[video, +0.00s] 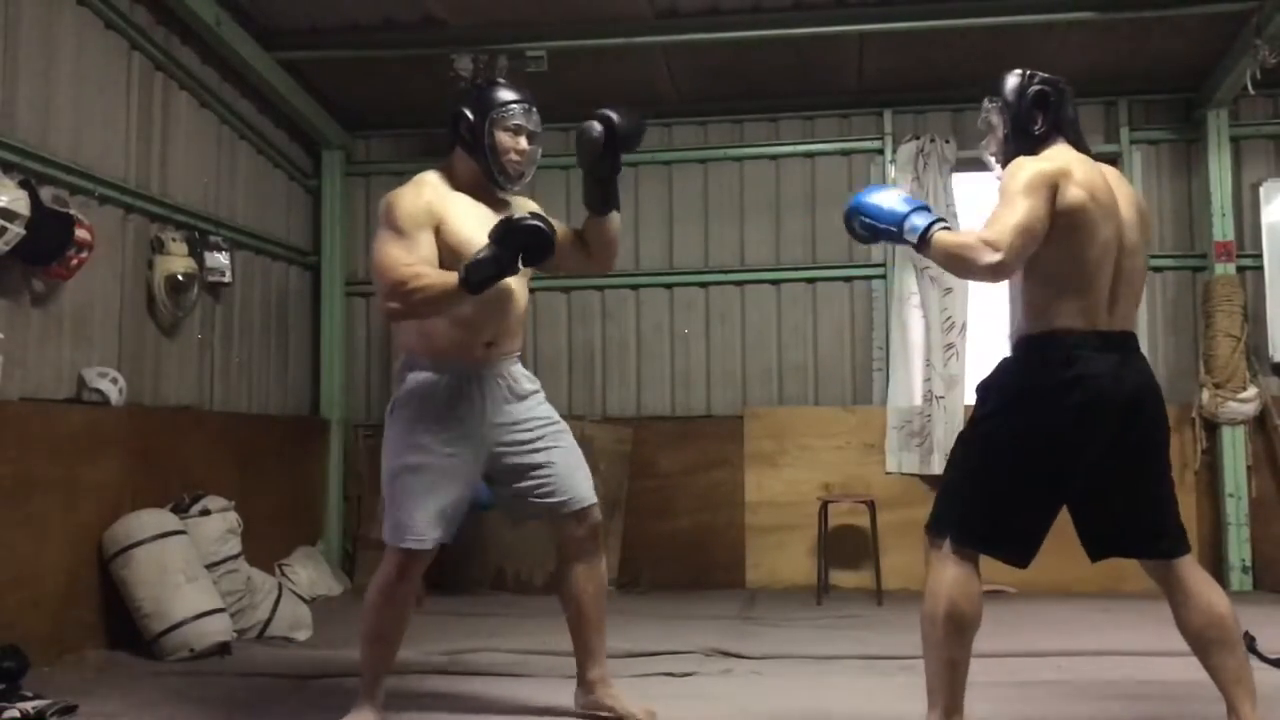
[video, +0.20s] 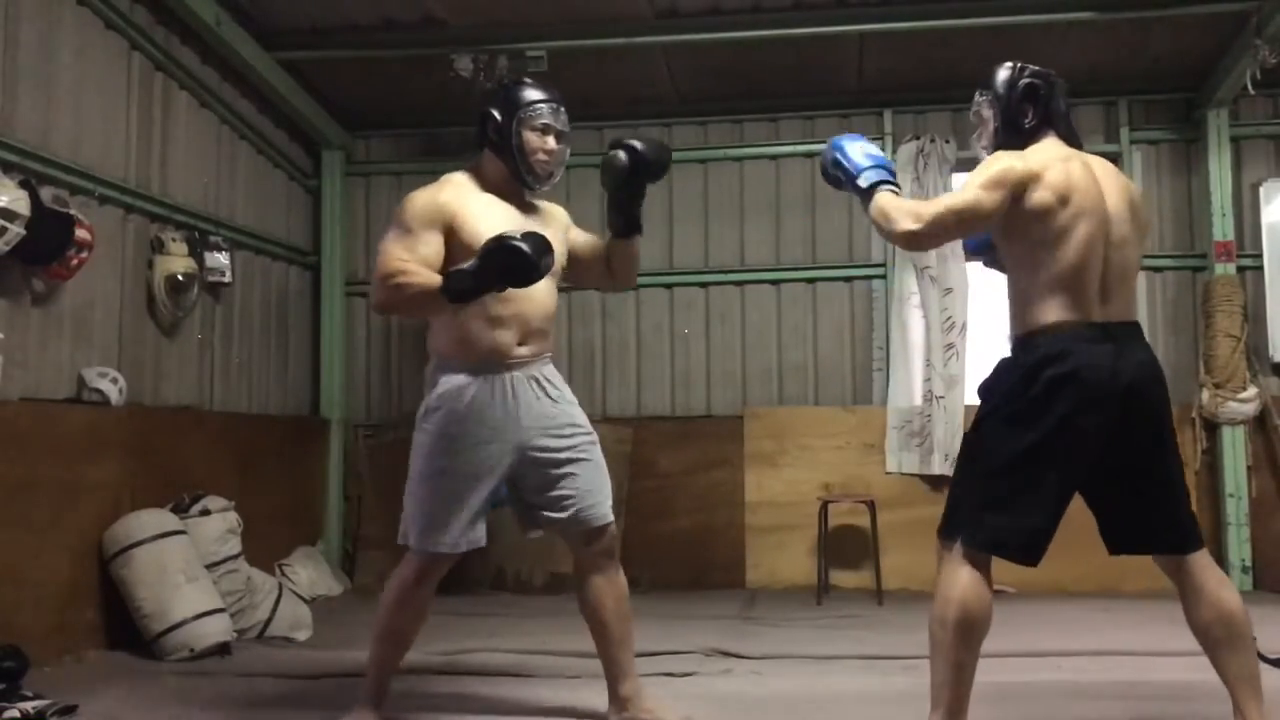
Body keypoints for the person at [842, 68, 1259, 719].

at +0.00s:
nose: (987, 142)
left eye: (991, 125)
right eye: (986, 127)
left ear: (1025, 122)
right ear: (1062, 120)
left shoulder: (1034, 170)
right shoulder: (1125, 187)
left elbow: (992, 257)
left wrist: (914, 223)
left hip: (1044, 384)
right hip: (1128, 385)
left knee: (953, 543)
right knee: (1174, 561)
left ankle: (943, 713)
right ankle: (1247, 709)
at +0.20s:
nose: (978, 135)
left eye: (981, 120)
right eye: (976, 122)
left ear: (1015, 115)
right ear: (1052, 114)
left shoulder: (1012, 169)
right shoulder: (1117, 178)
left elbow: (913, 228)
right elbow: (1094, 259)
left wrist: (870, 181)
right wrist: (1002, 249)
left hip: (1047, 375)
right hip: (1133, 372)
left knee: (965, 551)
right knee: (1186, 554)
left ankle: (947, 714)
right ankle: (1255, 709)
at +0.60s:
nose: (1043, 139)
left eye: (1050, 123)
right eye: (1044, 123)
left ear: (1084, 124)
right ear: (1122, 125)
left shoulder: (1088, 187)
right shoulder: (1198, 195)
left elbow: (1007, 287)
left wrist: (931, 269)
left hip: (1111, 393)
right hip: (1199, 393)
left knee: (1015, 557)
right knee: (1242, 574)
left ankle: (959, 709)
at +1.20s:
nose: (1043, 142)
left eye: (1044, 125)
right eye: (1039, 129)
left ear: (1066, 117)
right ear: (1119, 114)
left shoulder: (1095, 169)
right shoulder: (1187, 177)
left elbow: (984, 234)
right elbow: (1170, 311)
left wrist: (959, 161)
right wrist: (1066, 305)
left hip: (1141, 377)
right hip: (1224, 376)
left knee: (1035, 543)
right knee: (1241, 556)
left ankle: (1034, 712)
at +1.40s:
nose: (1060, 131)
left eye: (1064, 113)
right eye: (1057, 115)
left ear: (1098, 109)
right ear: (1135, 109)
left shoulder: (1127, 166)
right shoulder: (1201, 174)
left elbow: (1032, 252)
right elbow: (1155, 313)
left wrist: (985, 189)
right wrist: (1068, 282)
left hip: (1156, 379)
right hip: (1239, 376)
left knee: (1061, 549)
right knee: (1272, 563)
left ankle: (1038, 711)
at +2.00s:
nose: (1049, 139)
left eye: (1059, 122)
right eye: (1046, 126)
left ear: (1106, 119)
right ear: (1118, 125)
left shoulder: (1141, 181)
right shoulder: (1174, 183)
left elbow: (1109, 305)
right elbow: (1134, 290)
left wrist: (1023, 260)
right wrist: (1057, 244)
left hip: (1161, 390)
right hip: (1218, 390)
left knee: (1037, 548)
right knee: (1239, 571)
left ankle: (1030, 713)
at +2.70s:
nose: (1021, 123)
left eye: (1029, 106)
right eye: (1021, 108)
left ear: (1069, 103)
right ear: (1099, 106)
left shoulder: (1097, 162)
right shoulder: (1154, 175)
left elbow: (1004, 244)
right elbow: (1146, 300)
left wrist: (957, 175)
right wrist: (1053, 296)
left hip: (1128, 374)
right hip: (1197, 378)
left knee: (1030, 545)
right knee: (1196, 565)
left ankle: (1028, 712)